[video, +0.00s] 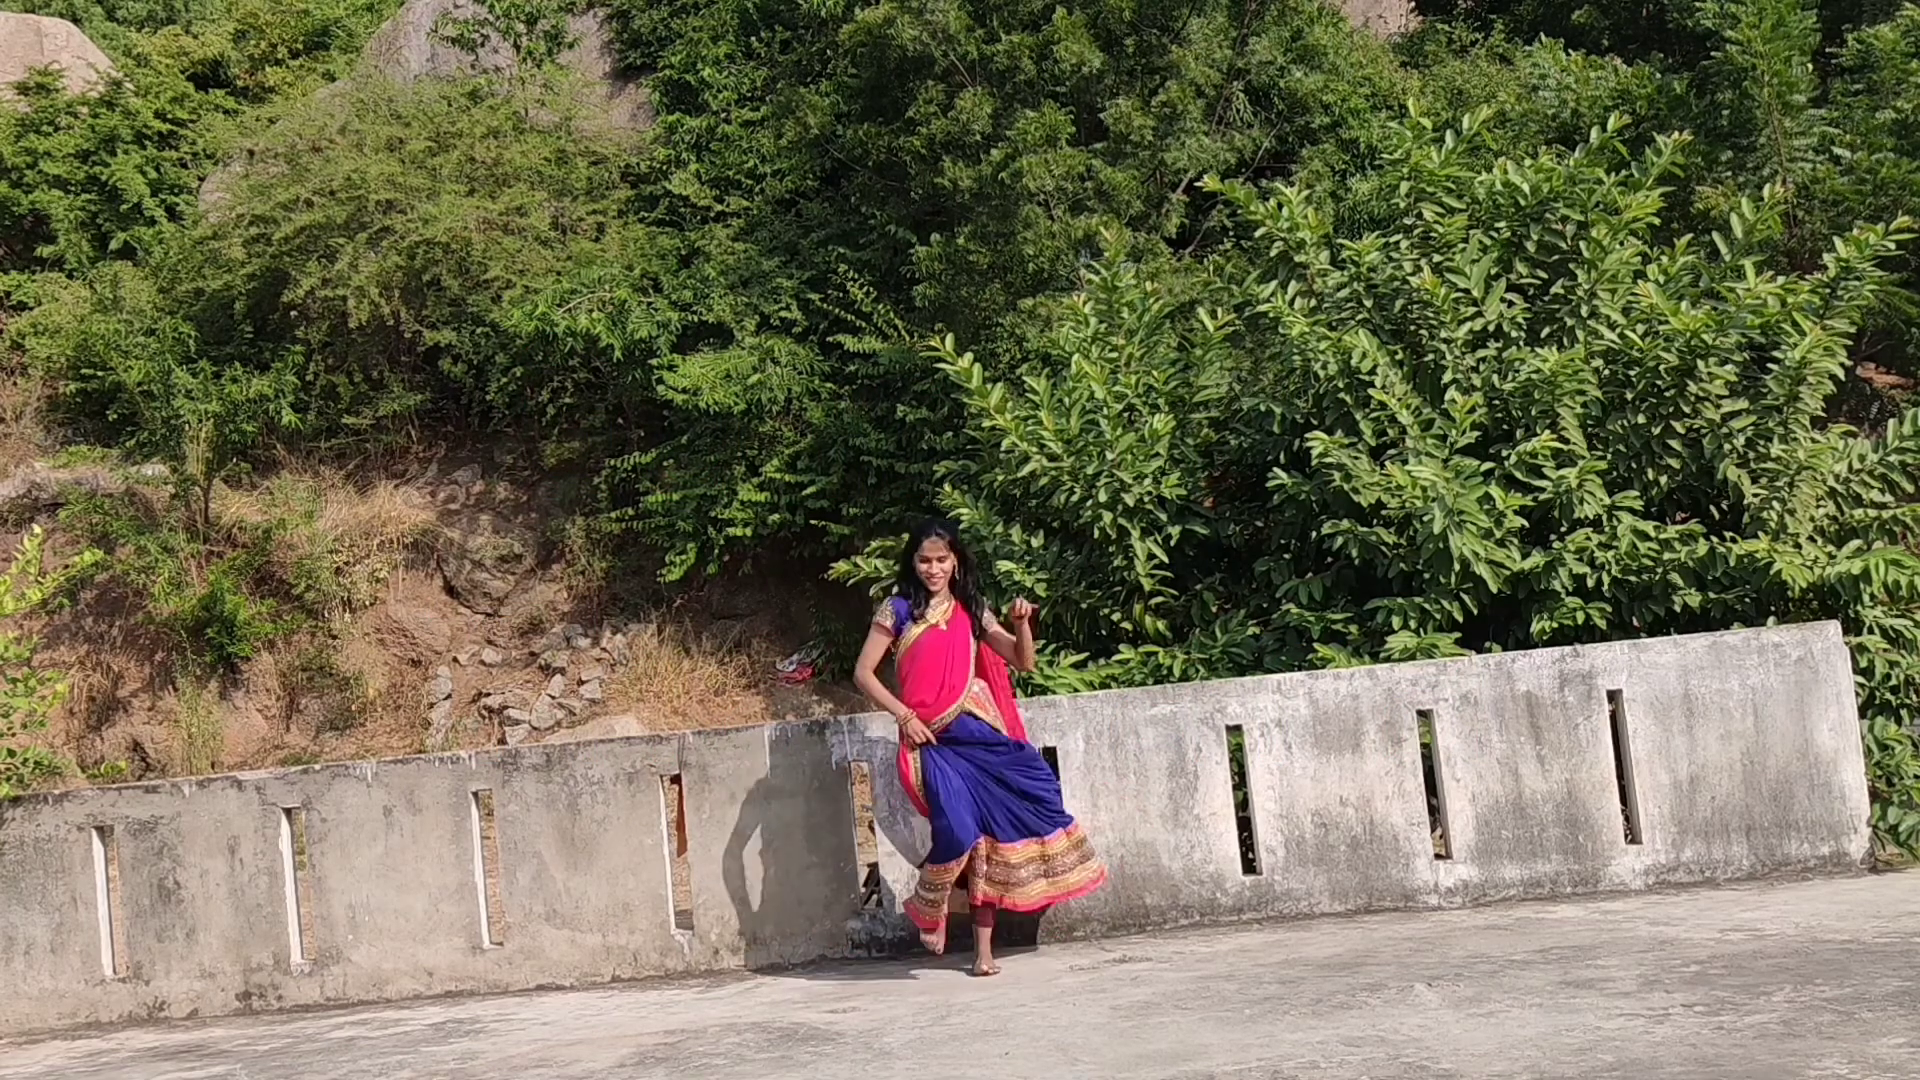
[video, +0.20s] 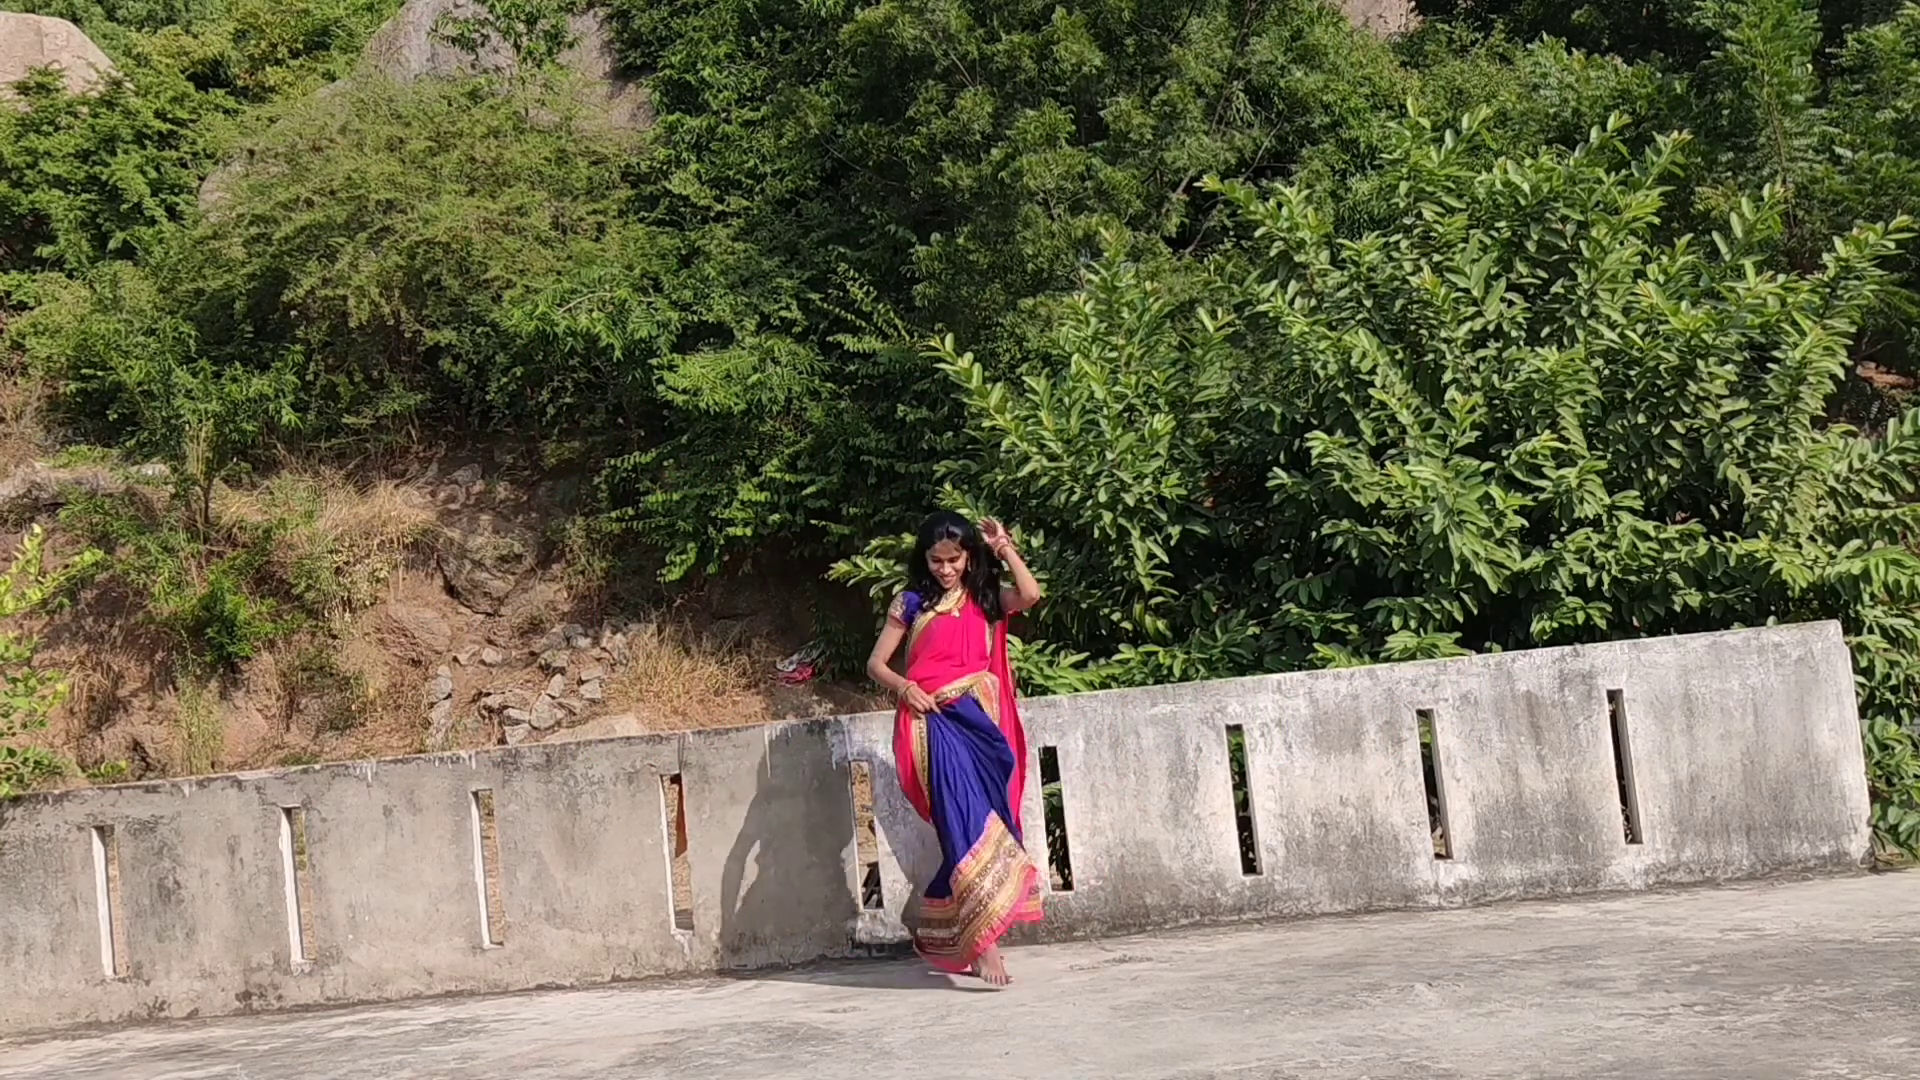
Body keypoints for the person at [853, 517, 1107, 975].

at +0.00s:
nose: (932, 568)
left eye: (941, 559)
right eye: (924, 559)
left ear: (956, 562)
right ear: (912, 563)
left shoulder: (971, 609)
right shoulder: (897, 609)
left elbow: (1023, 662)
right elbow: (862, 672)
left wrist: (1023, 624)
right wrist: (903, 715)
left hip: (979, 731)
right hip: (930, 737)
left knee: (986, 836)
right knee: (960, 833)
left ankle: (983, 947)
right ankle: (930, 906)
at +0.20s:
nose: (944, 569)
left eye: (952, 560)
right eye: (935, 561)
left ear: (969, 558)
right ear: (925, 561)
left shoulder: (987, 598)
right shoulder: (912, 602)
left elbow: (1029, 595)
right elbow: (876, 664)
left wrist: (1006, 550)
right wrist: (905, 687)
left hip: (984, 719)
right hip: (935, 721)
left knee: (984, 820)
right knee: (964, 822)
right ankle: (985, 942)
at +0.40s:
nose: (951, 567)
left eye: (960, 557)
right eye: (942, 558)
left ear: (977, 559)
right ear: (931, 562)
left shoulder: (996, 604)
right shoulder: (920, 605)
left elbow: (1033, 579)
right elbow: (883, 668)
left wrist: (1005, 539)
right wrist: (919, 689)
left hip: (984, 733)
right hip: (936, 733)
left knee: (978, 835)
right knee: (958, 839)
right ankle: (975, 962)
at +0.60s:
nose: (956, 552)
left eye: (965, 544)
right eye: (947, 544)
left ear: (982, 551)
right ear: (935, 551)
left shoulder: (1001, 600)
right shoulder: (923, 601)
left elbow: (1053, 563)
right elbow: (880, 657)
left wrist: (1016, 530)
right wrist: (924, 698)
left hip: (994, 729)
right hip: (944, 733)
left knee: (1004, 840)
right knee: (958, 841)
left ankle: (948, 946)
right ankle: (977, 963)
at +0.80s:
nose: (962, 533)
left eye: (971, 526)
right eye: (953, 527)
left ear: (988, 537)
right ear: (941, 539)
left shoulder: (1007, 590)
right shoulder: (930, 589)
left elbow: (1068, 556)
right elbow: (886, 644)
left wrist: (1025, 520)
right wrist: (929, 705)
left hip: (1001, 726)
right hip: (951, 731)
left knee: (1006, 838)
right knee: (957, 841)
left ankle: (992, 951)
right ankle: (962, 961)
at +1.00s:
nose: (972, 526)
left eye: (980, 518)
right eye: (962, 521)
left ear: (998, 530)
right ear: (951, 537)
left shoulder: (1019, 585)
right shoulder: (942, 588)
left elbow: (1080, 548)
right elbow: (897, 649)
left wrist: (1032, 514)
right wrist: (935, 716)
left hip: (1014, 728)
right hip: (960, 732)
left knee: (1021, 846)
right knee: (964, 846)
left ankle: (1030, 969)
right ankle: (965, 963)